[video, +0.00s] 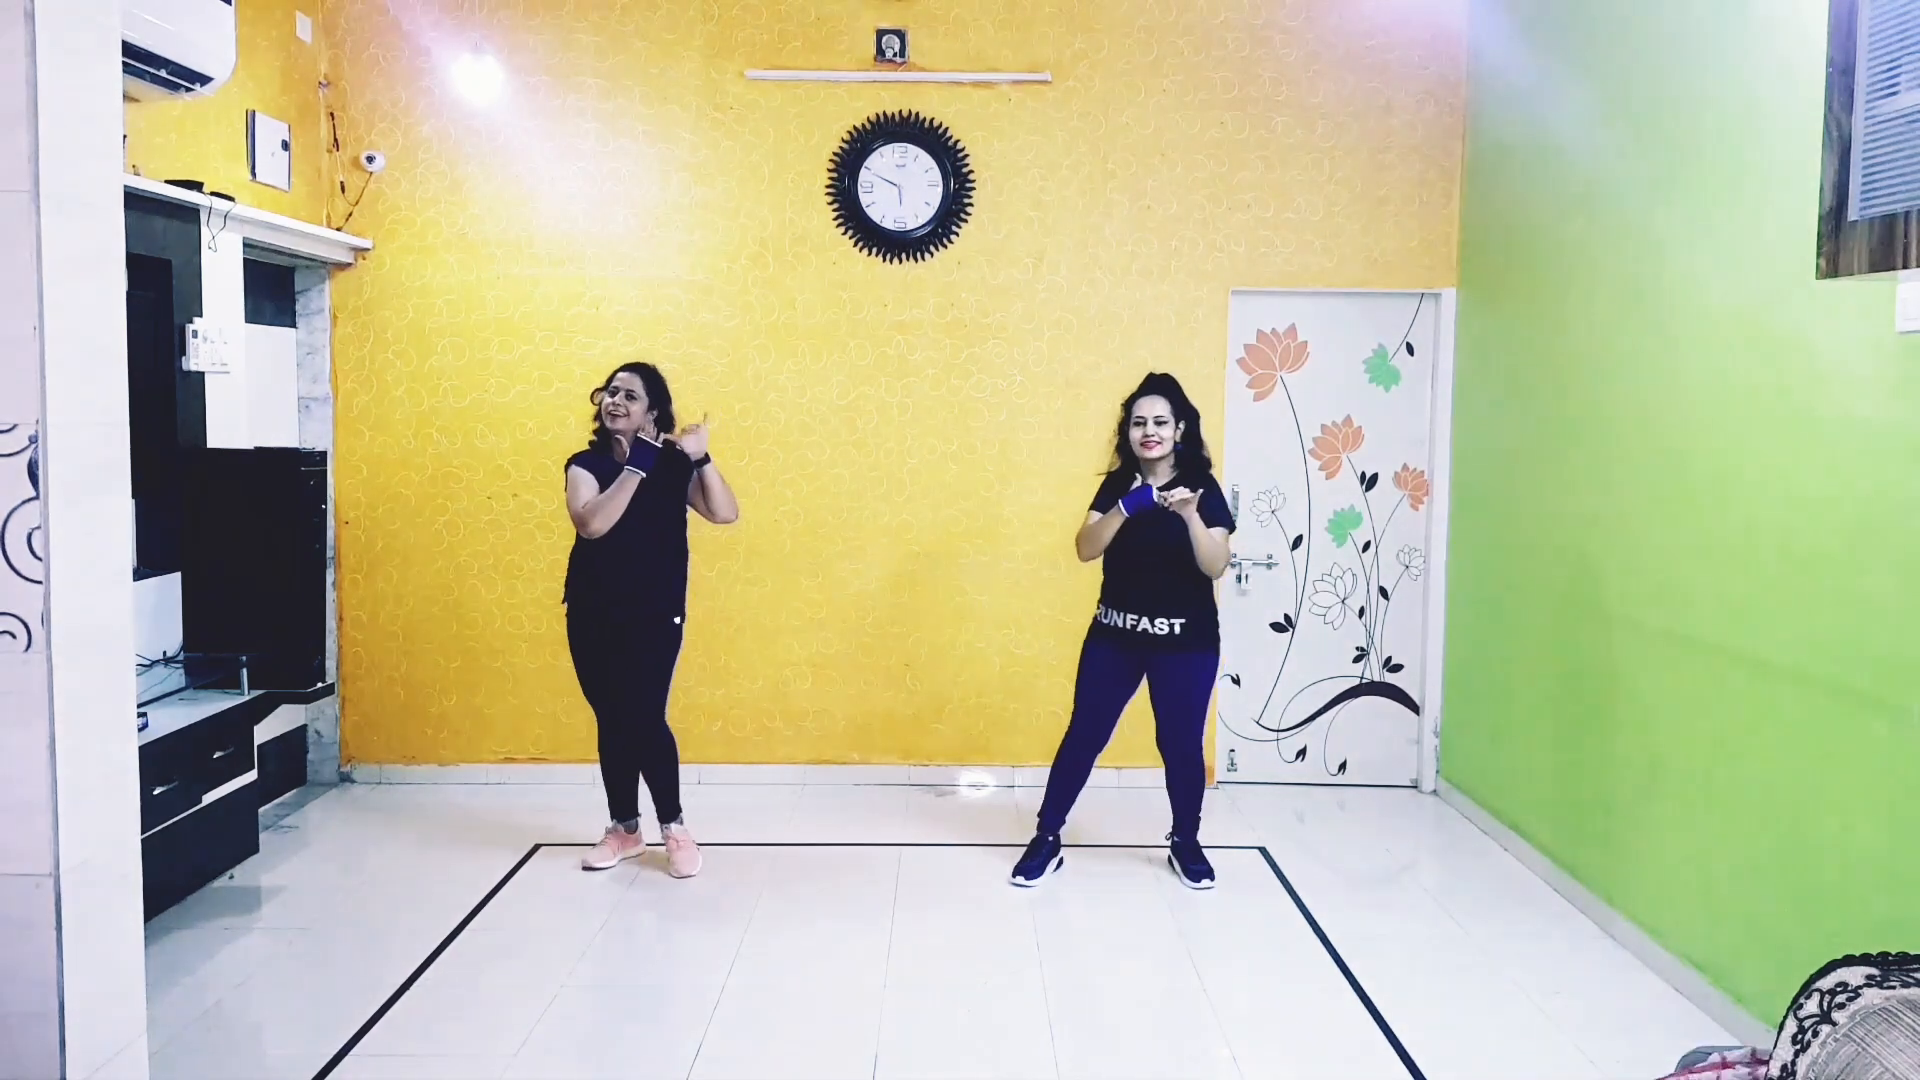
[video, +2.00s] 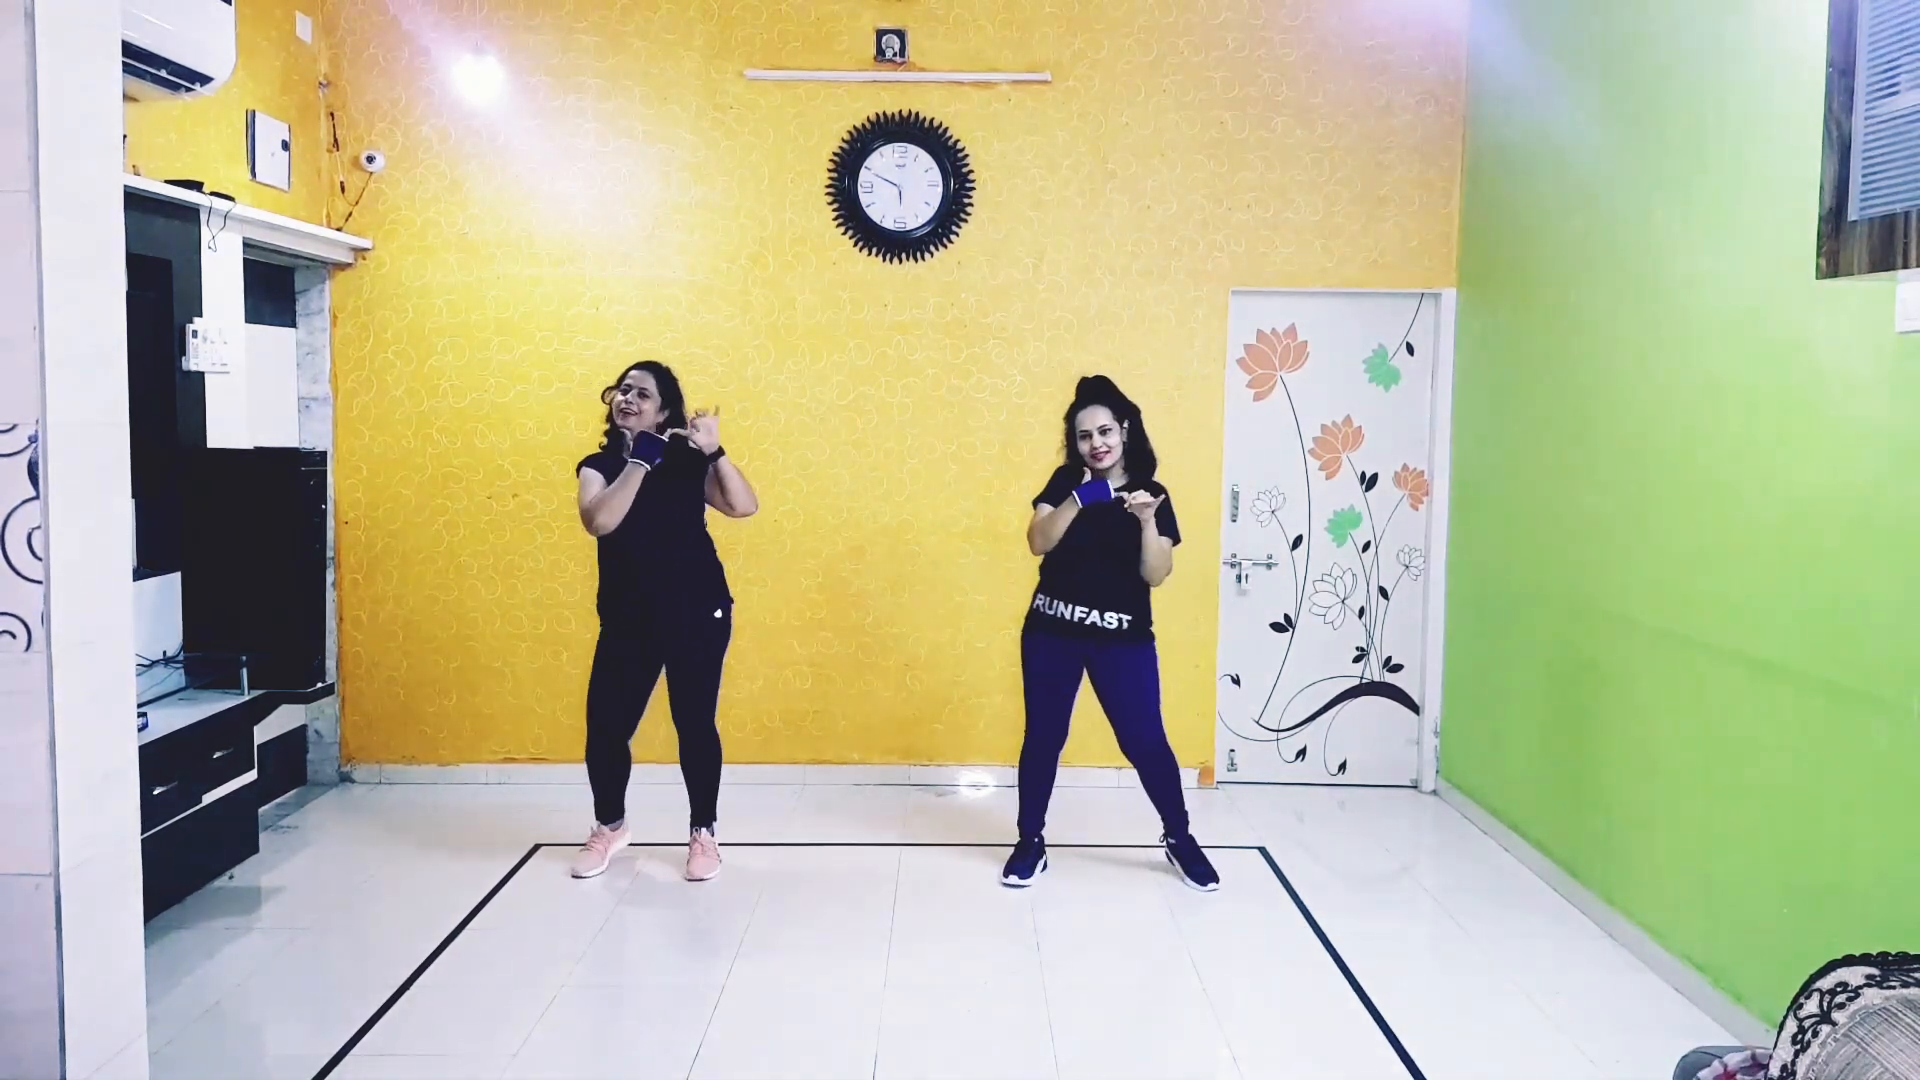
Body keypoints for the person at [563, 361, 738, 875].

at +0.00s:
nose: (614, 400)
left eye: (628, 395)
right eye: (611, 392)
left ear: (654, 412)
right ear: (601, 404)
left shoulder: (673, 462)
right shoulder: (586, 464)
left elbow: (725, 513)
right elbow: (591, 523)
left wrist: (703, 457)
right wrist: (637, 463)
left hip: (657, 610)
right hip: (595, 610)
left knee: (647, 716)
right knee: (612, 718)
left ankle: (673, 828)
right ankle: (624, 829)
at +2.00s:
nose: (627, 399)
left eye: (641, 394)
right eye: (623, 391)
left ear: (666, 410)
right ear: (613, 402)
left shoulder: (688, 459)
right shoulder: (599, 464)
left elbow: (743, 506)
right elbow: (600, 522)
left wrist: (716, 453)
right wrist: (640, 459)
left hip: (697, 612)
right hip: (629, 615)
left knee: (695, 722)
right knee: (606, 724)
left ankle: (703, 833)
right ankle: (609, 827)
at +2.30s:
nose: (615, 393)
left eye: (628, 386)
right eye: (611, 386)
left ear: (655, 401)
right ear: (602, 399)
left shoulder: (685, 467)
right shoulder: (586, 461)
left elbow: (716, 512)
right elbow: (568, 523)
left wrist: (718, 526)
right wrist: (600, 459)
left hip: (658, 618)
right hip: (590, 616)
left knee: (662, 725)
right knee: (593, 727)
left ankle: (693, 833)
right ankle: (593, 840)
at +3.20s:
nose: (645, 411)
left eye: (660, 406)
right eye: (642, 402)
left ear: (682, 424)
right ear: (628, 413)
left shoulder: (705, 481)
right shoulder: (611, 477)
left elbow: (737, 541)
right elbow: (595, 534)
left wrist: (770, 587)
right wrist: (620, 462)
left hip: (712, 629)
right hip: (645, 632)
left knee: (709, 732)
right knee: (624, 736)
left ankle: (711, 839)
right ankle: (632, 844)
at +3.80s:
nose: (605, 395)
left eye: (621, 390)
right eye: (605, 387)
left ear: (646, 413)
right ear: (597, 401)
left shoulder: (674, 467)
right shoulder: (579, 463)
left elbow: (698, 536)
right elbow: (548, 522)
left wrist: (700, 606)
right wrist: (572, 446)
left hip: (642, 624)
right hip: (573, 620)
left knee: (647, 735)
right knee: (577, 735)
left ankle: (691, 836)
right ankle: (580, 845)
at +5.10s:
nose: (627, 403)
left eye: (642, 399)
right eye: (622, 394)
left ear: (663, 416)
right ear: (609, 406)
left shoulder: (685, 478)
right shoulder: (584, 472)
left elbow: (704, 540)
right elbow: (538, 541)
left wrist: (713, 562)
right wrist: (568, 511)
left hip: (653, 628)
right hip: (583, 625)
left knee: (665, 737)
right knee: (580, 734)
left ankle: (706, 845)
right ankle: (575, 841)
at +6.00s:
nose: (657, 417)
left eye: (670, 411)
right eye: (648, 408)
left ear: (685, 424)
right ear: (632, 417)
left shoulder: (706, 482)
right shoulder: (607, 483)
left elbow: (731, 543)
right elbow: (599, 545)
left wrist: (760, 550)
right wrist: (568, 559)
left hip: (703, 628)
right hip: (637, 628)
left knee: (705, 734)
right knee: (600, 733)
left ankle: (718, 844)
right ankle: (611, 844)